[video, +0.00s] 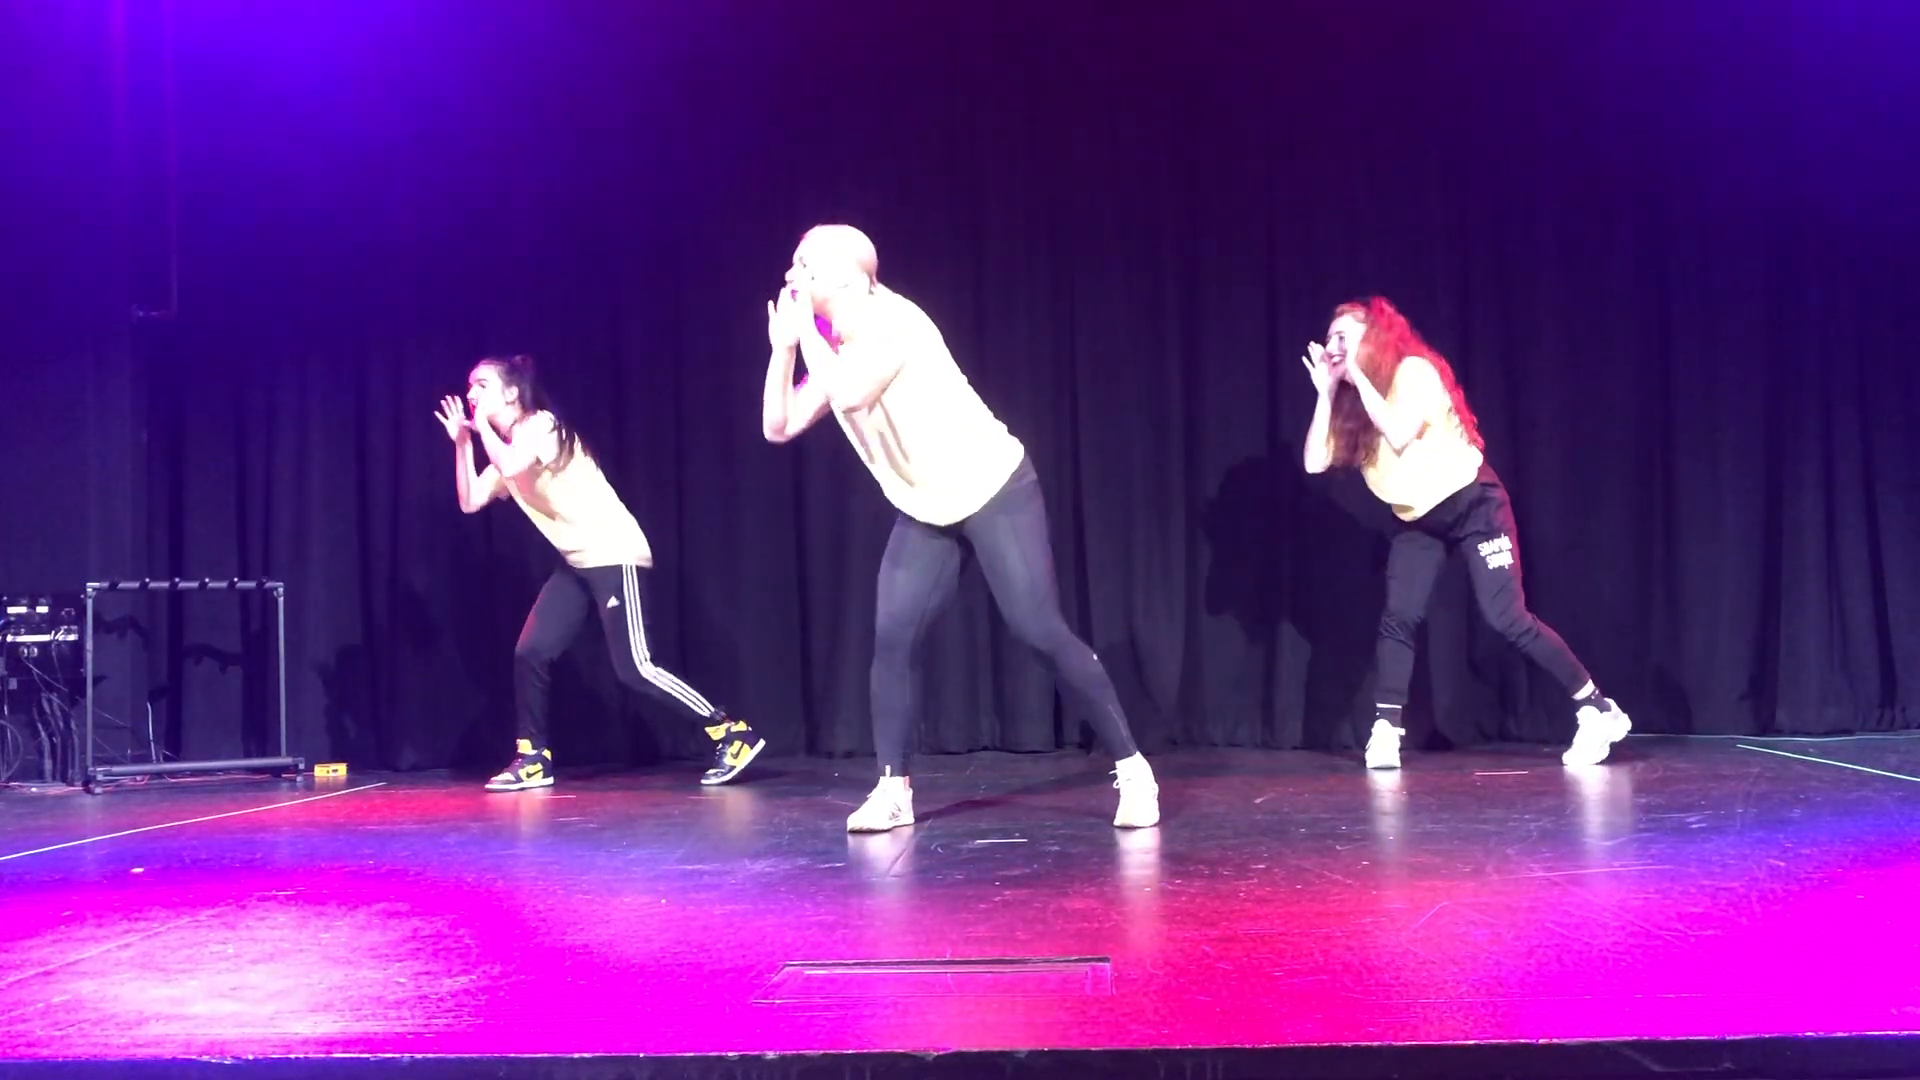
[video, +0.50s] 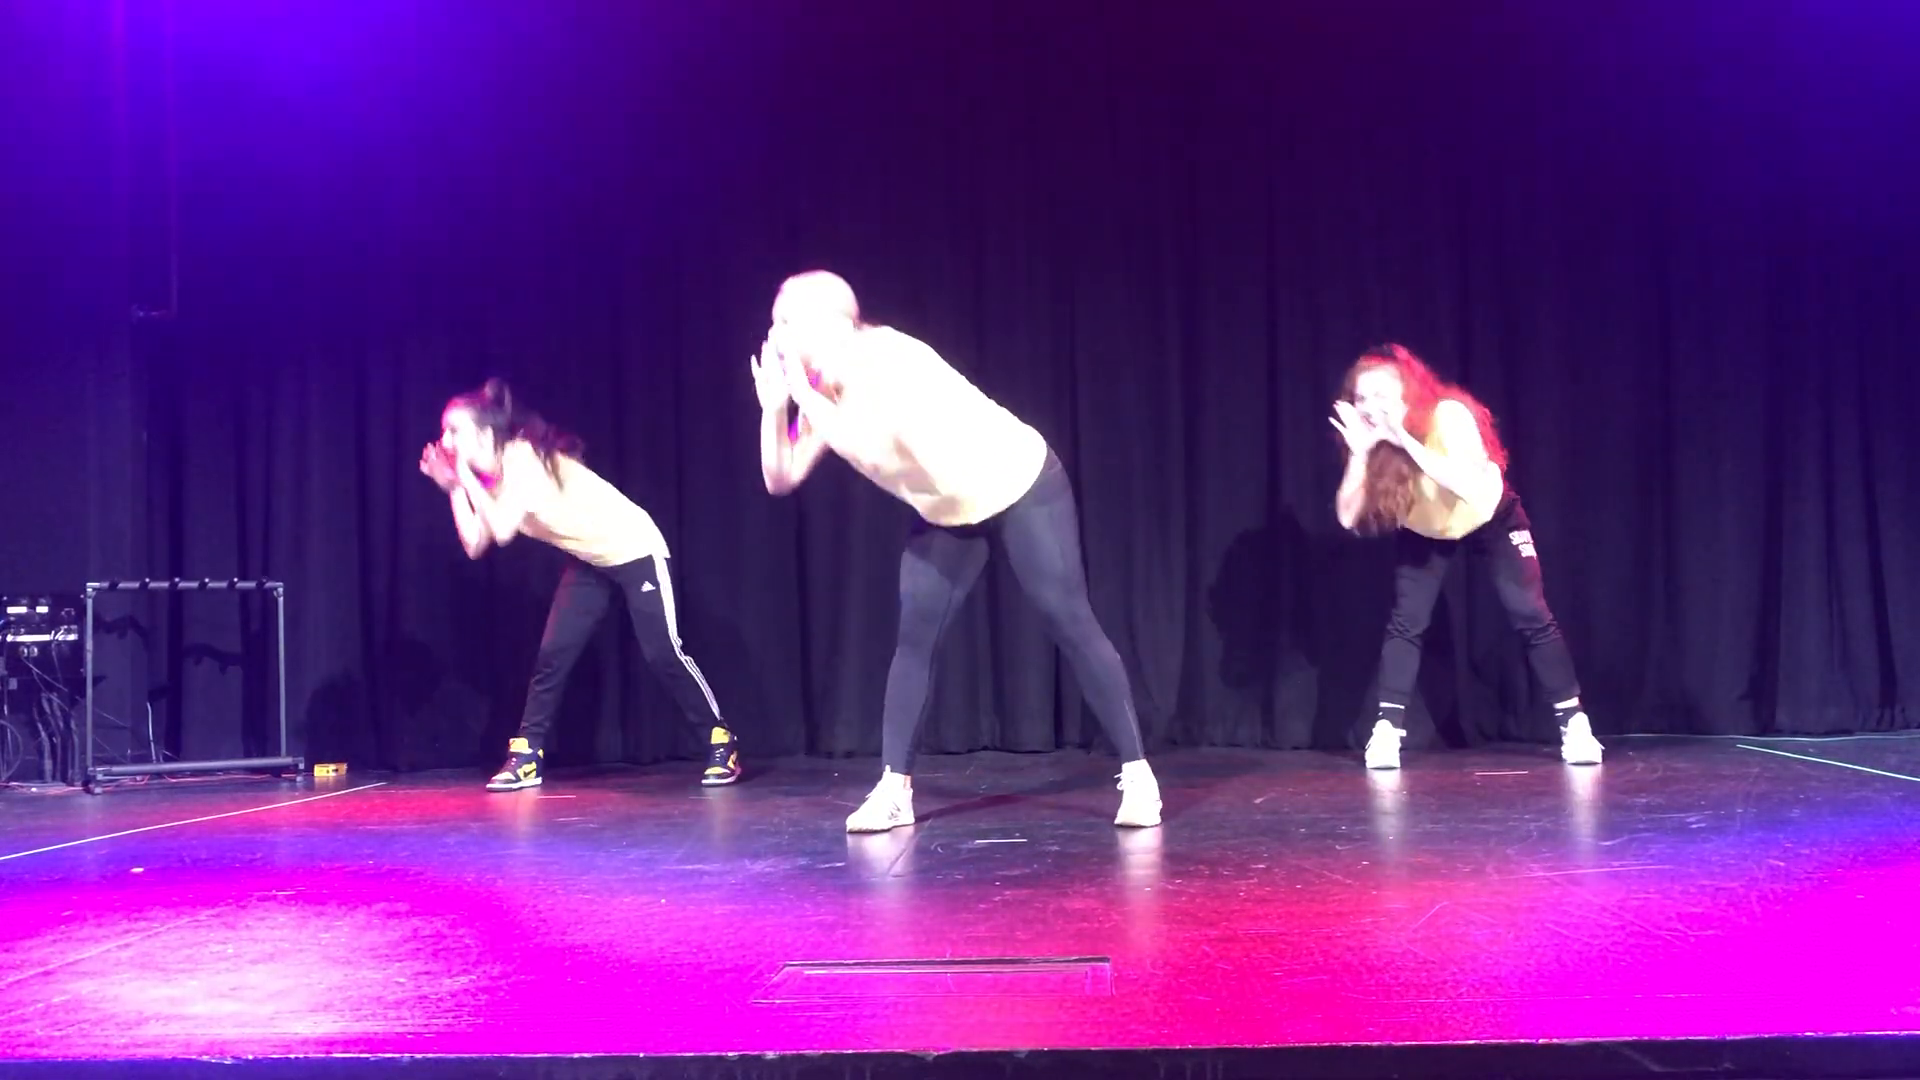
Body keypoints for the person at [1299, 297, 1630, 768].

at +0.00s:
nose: (1333, 347)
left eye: (1342, 337)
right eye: (1330, 339)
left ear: (1376, 338)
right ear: (1329, 347)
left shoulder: (1415, 370)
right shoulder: (1350, 400)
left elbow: (1400, 432)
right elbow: (1315, 462)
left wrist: (1355, 377)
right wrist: (1324, 393)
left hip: (1474, 506)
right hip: (1418, 522)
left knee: (1507, 616)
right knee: (1399, 618)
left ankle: (1599, 710)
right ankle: (1387, 730)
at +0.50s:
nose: (1375, 408)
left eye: (1383, 394)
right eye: (1366, 399)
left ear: (1408, 391)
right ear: (1356, 406)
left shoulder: (1449, 415)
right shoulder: (1373, 443)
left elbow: (1473, 486)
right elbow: (1348, 516)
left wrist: (1403, 441)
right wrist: (1358, 454)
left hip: (1493, 523)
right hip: (1427, 532)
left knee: (1530, 616)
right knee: (1406, 624)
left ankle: (1574, 724)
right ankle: (1387, 730)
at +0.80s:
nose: (1496, 431)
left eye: (1505, 420)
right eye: (1485, 420)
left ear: (1522, 420)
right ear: (1462, 423)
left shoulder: (1536, 448)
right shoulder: (1436, 457)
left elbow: (1566, 522)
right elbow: (1425, 530)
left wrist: (1530, 467)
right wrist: (1467, 473)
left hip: (1498, 536)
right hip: (1434, 537)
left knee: (1535, 619)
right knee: (1412, 618)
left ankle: (1574, 727)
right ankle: (1386, 730)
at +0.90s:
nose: (1537, 428)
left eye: (1545, 418)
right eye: (1527, 418)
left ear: (1558, 418)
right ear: (1502, 419)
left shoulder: (1561, 454)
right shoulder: (1467, 452)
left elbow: (1587, 522)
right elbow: (1458, 522)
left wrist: (1567, 465)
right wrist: (1507, 467)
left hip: (1498, 533)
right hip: (1430, 526)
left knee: (1534, 618)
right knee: (1416, 619)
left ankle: (1575, 727)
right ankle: (1386, 730)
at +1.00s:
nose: (1570, 420)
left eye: (1577, 410)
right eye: (1561, 408)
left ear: (1589, 412)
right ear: (1536, 409)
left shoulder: (1575, 455)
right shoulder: (1495, 442)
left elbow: (1606, 516)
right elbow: (1488, 517)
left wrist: (1591, 461)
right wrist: (1543, 457)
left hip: (1494, 536)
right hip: (1431, 520)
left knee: (1537, 620)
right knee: (1421, 612)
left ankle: (1575, 727)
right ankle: (1386, 730)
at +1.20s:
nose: (1617, 389)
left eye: (1621, 378)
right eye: (1605, 378)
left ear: (1628, 383)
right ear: (1577, 385)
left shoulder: (1601, 435)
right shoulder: (1536, 423)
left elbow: (1631, 496)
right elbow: (1548, 494)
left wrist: (1631, 438)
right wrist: (1599, 428)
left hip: (1508, 528)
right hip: (1445, 514)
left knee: (1544, 621)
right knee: (1425, 621)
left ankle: (1576, 728)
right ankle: (1386, 730)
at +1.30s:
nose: (1633, 374)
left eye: (1635, 364)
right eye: (1621, 365)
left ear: (1640, 368)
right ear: (1592, 372)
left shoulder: (1613, 417)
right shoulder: (1555, 411)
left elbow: (1639, 484)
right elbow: (1572, 480)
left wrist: (1643, 421)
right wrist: (1618, 412)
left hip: (1512, 524)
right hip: (1452, 511)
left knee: (1546, 618)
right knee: (1426, 620)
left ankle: (1576, 727)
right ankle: (1385, 729)